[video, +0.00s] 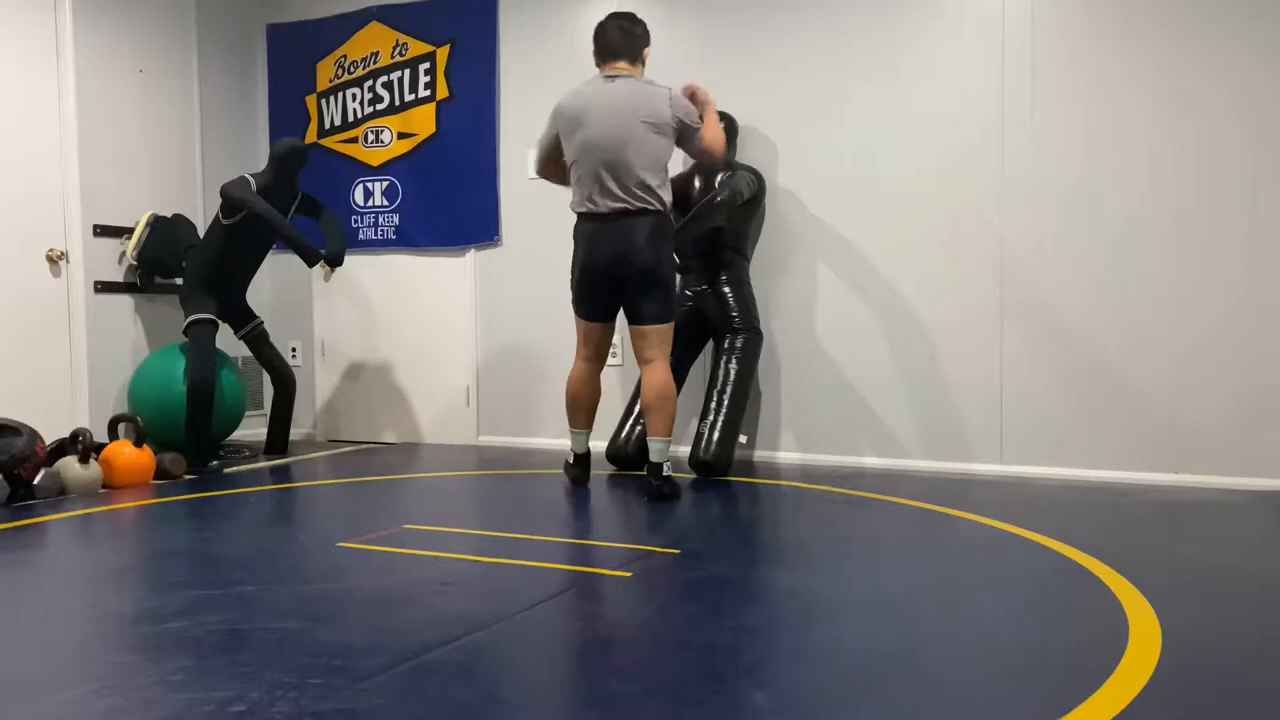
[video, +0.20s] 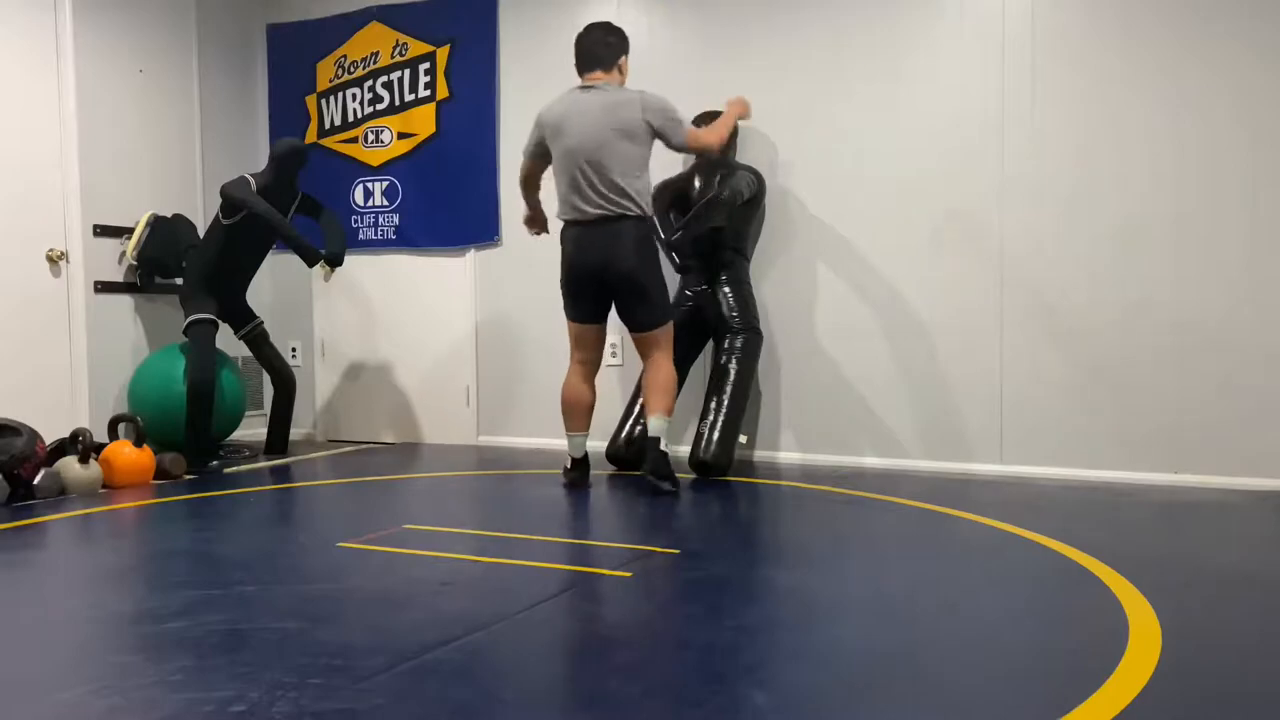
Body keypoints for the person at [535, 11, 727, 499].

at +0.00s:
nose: (648, 58)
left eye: (643, 52)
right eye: (648, 52)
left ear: (596, 55)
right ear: (643, 55)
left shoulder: (569, 103)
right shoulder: (665, 101)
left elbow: (548, 166)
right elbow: (715, 151)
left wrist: (595, 179)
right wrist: (708, 106)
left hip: (593, 241)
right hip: (649, 239)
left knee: (588, 355)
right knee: (655, 357)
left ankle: (579, 460)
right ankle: (659, 469)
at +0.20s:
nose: (627, 71)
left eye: (625, 64)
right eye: (627, 64)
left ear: (578, 65)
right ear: (621, 63)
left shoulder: (553, 112)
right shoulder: (641, 104)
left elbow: (529, 175)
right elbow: (707, 143)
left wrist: (532, 208)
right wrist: (731, 112)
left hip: (578, 248)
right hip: (632, 243)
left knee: (582, 360)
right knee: (656, 351)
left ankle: (577, 464)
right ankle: (657, 451)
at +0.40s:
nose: (621, 73)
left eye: (620, 67)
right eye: (620, 66)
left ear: (573, 68)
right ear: (612, 66)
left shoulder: (547, 118)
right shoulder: (631, 106)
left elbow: (552, 186)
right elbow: (696, 149)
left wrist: (597, 190)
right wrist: (689, 173)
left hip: (573, 247)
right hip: (625, 242)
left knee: (580, 358)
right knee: (656, 341)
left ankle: (577, 464)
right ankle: (646, 435)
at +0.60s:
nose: (632, 81)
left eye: (630, 75)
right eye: (631, 74)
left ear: (583, 76)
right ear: (624, 74)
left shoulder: (557, 123)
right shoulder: (642, 116)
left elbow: (573, 181)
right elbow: (687, 172)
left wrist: (631, 195)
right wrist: (709, 199)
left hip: (575, 249)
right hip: (628, 246)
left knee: (582, 361)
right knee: (655, 348)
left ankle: (578, 464)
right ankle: (674, 447)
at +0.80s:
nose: (659, 94)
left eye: (655, 87)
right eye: (659, 88)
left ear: (613, 88)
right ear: (654, 89)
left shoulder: (580, 131)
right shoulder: (671, 135)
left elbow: (576, 183)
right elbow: (708, 195)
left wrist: (624, 185)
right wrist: (727, 200)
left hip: (590, 253)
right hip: (643, 254)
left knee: (590, 361)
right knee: (660, 356)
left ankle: (579, 461)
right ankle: (678, 449)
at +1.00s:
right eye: (681, 115)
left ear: (637, 109)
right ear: (679, 116)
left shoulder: (604, 143)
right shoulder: (692, 157)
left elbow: (587, 215)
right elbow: (727, 217)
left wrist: (626, 225)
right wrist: (755, 242)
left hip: (606, 249)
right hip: (661, 252)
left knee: (600, 359)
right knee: (669, 355)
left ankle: (583, 457)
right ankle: (677, 453)